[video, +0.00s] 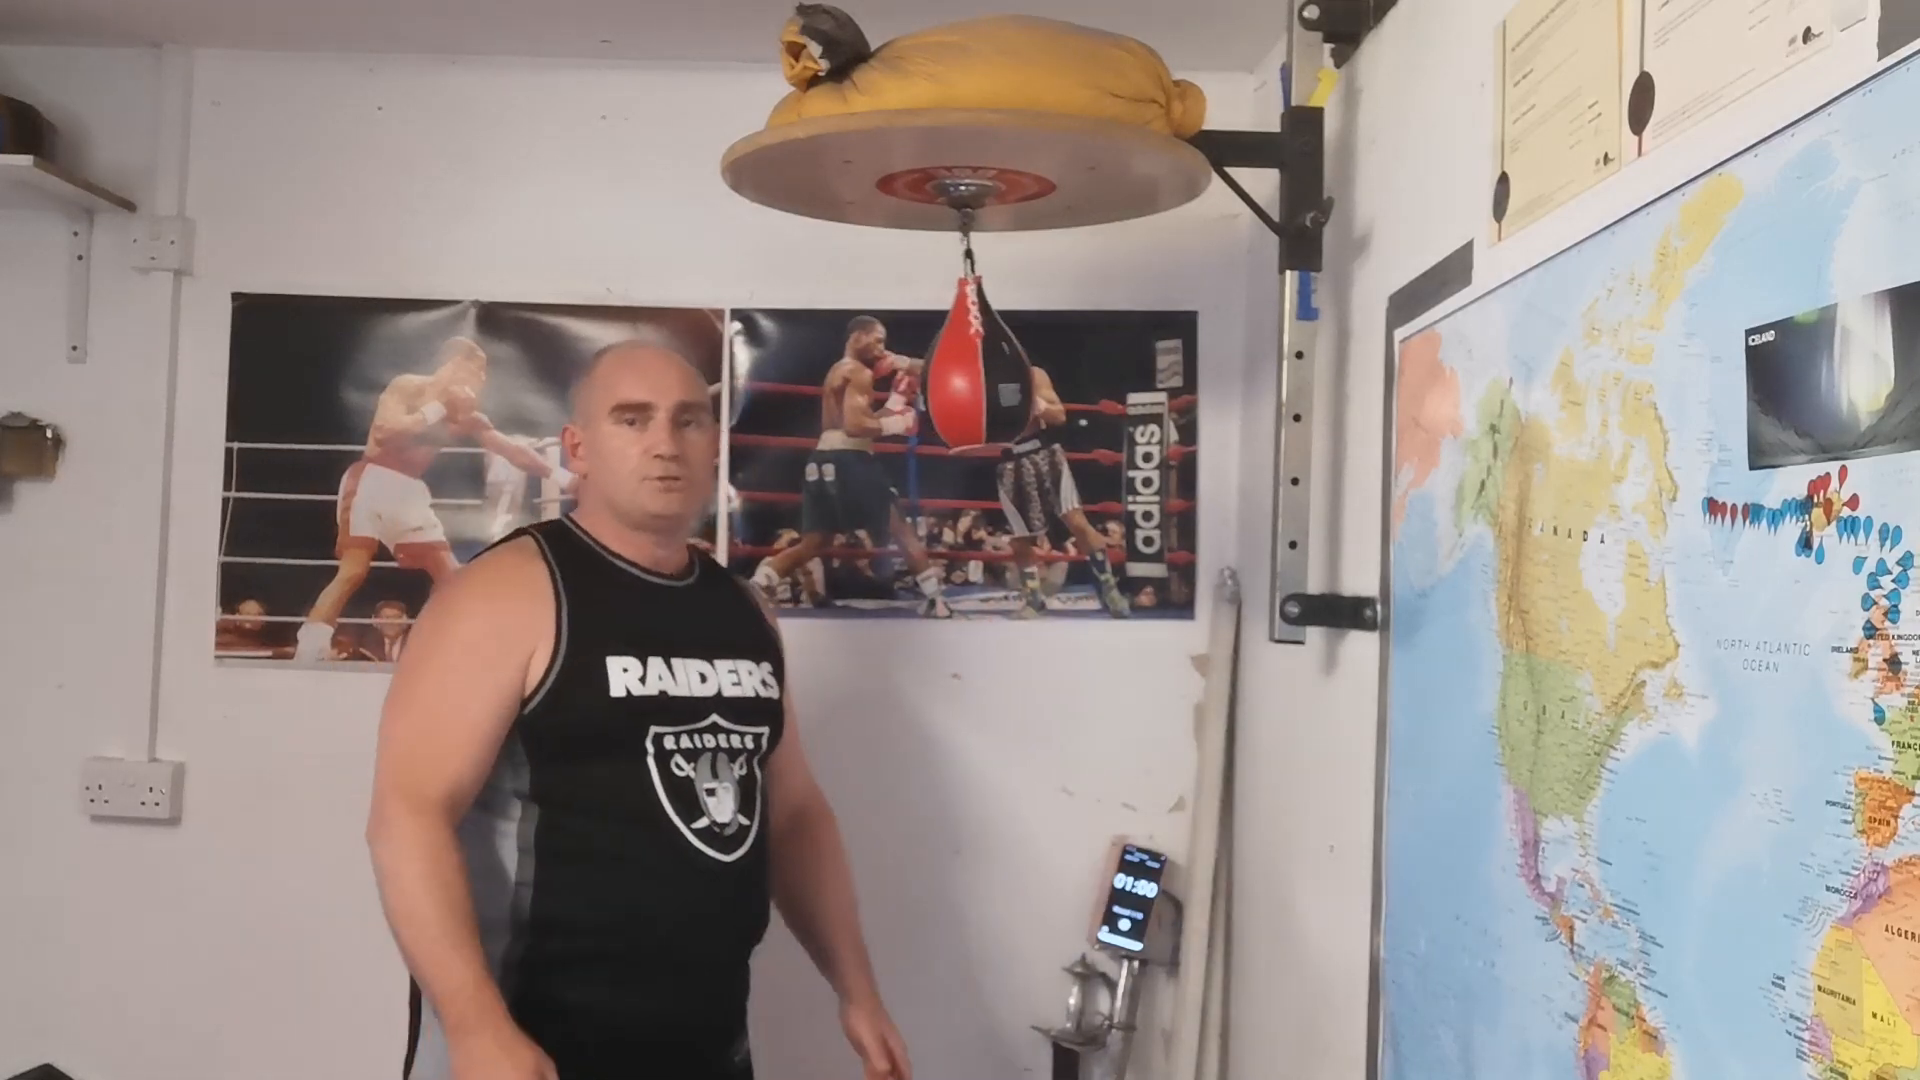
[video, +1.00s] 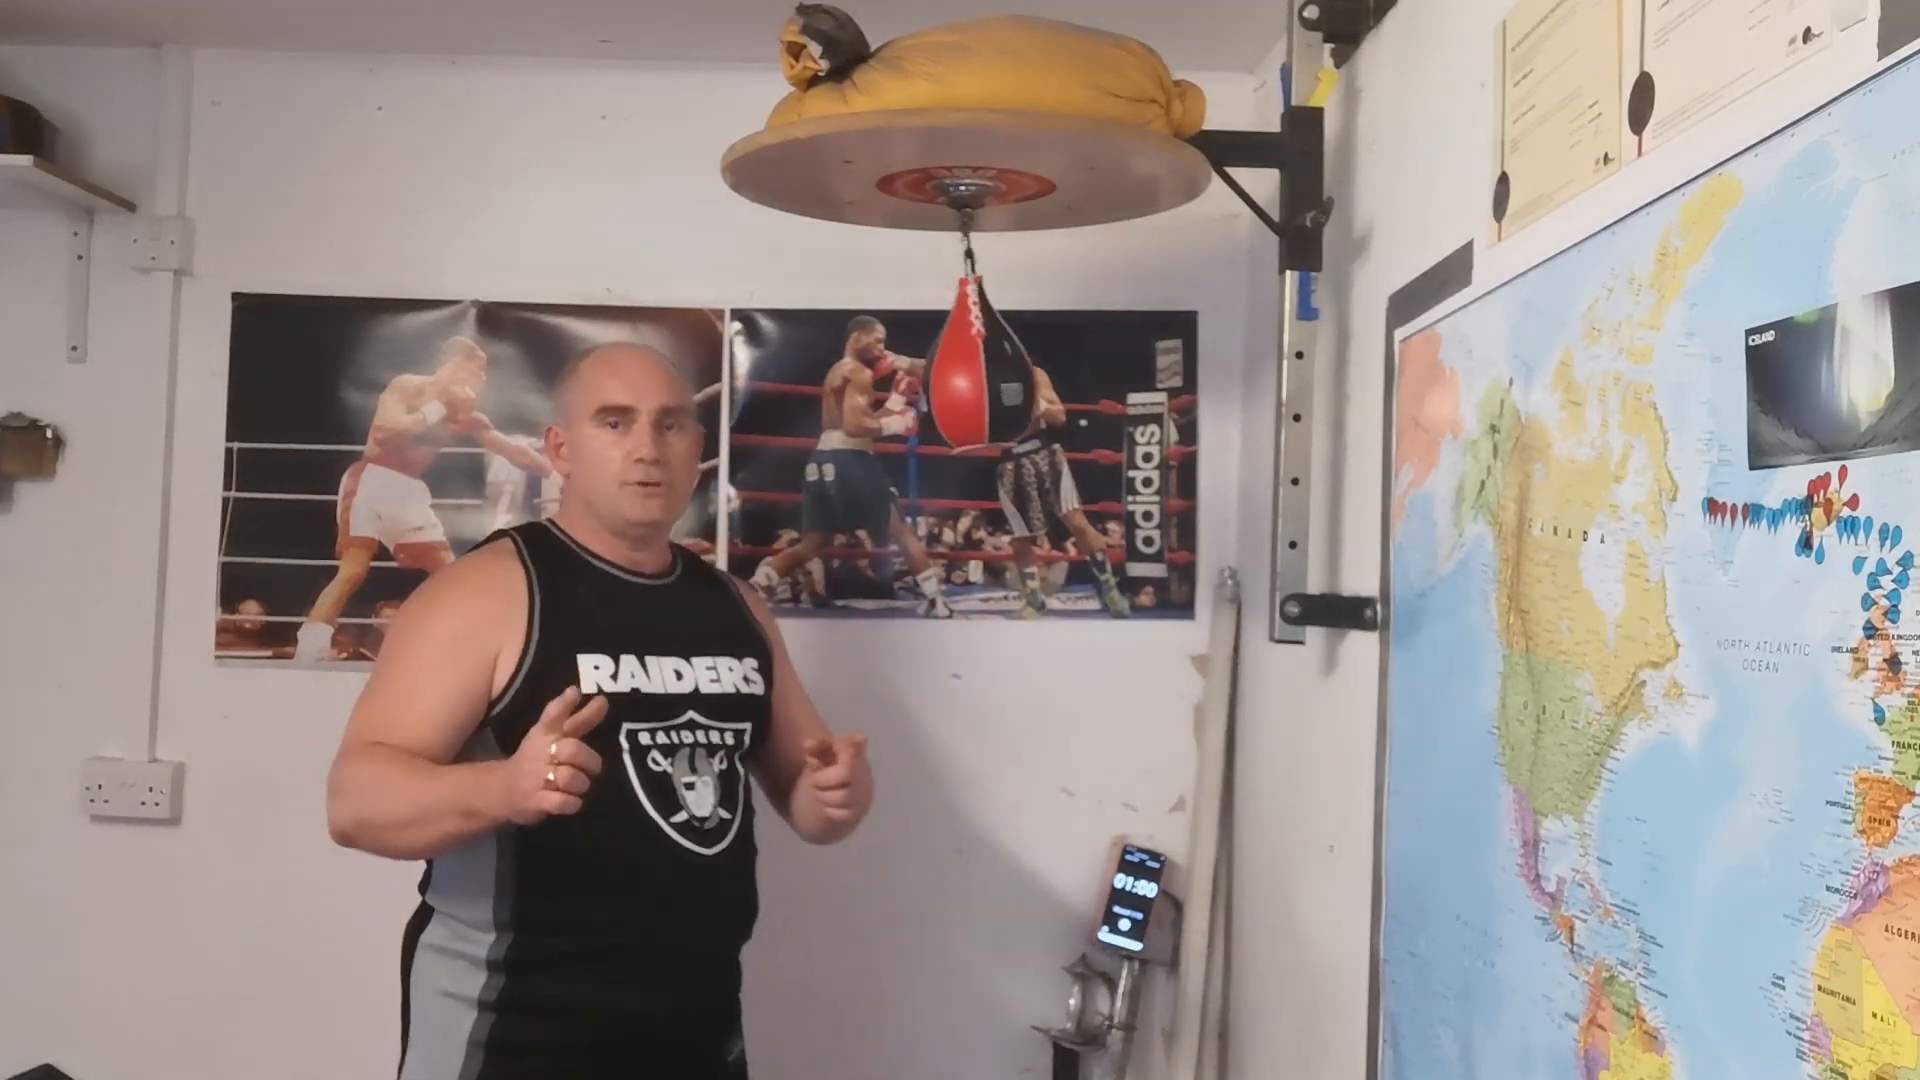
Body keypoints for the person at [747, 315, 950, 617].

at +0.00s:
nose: (881, 349)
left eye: (882, 343)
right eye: (877, 342)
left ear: (856, 340)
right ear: (858, 337)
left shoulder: (834, 373)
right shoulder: (858, 372)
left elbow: (848, 422)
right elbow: (854, 425)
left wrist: (887, 411)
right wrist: (894, 423)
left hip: (821, 462)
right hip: (852, 463)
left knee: (815, 542)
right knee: (903, 530)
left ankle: (756, 586)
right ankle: (936, 600)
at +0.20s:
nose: (881, 349)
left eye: (882, 343)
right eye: (877, 342)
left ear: (856, 340)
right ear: (858, 338)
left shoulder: (833, 374)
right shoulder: (858, 372)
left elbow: (849, 422)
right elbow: (854, 425)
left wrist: (888, 409)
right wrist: (894, 423)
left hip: (821, 463)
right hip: (852, 463)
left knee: (814, 542)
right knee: (903, 531)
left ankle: (756, 585)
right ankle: (936, 600)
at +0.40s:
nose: (881, 349)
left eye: (883, 343)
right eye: (878, 341)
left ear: (855, 340)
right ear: (858, 337)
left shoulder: (832, 373)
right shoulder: (859, 373)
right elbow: (854, 424)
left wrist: (879, 374)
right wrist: (886, 424)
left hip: (820, 462)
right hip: (853, 463)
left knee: (813, 543)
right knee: (903, 531)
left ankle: (753, 588)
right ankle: (936, 599)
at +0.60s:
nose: (881, 348)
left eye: (883, 343)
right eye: (878, 341)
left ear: (855, 340)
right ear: (858, 337)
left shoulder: (833, 373)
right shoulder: (859, 373)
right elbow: (854, 424)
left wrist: (877, 374)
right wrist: (884, 426)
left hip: (821, 462)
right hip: (853, 463)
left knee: (814, 543)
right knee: (902, 531)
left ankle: (753, 589)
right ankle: (936, 600)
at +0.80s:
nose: (881, 349)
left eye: (883, 343)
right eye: (878, 342)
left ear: (855, 340)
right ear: (858, 337)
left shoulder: (833, 374)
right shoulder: (859, 373)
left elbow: (846, 420)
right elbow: (854, 425)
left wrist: (890, 403)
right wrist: (890, 423)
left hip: (820, 462)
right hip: (853, 463)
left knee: (814, 543)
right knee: (903, 532)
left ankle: (753, 589)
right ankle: (936, 600)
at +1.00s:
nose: (880, 349)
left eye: (882, 343)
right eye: (877, 342)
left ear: (856, 340)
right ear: (857, 337)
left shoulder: (833, 374)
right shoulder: (859, 373)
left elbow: (843, 422)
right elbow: (855, 425)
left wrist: (886, 410)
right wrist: (892, 423)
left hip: (820, 463)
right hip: (852, 463)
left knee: (814, 543)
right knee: (903, 532)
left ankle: (754, 588)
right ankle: (936, 600)